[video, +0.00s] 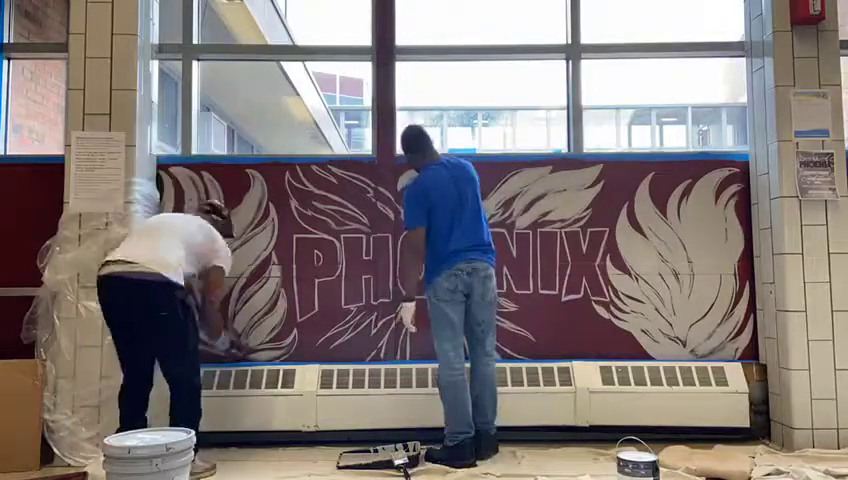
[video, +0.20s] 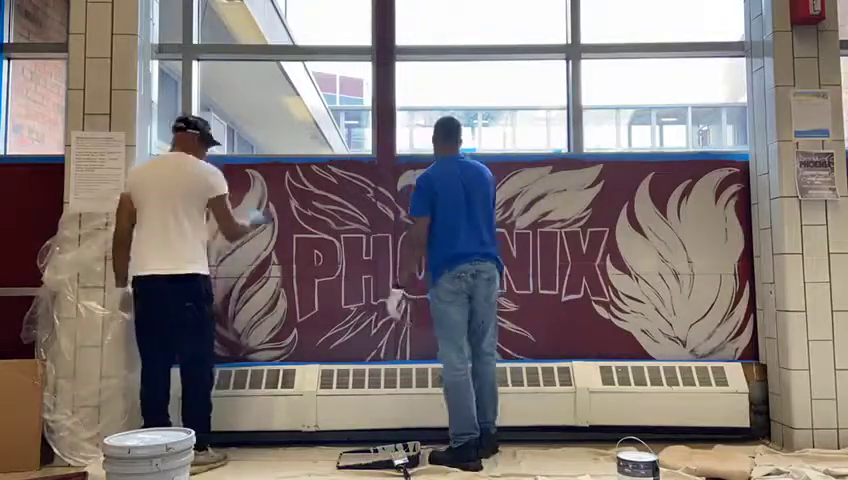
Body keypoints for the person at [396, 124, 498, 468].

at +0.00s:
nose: (409, 161)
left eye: (408, 157)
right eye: (411, 155)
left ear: (409, 156)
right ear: (434, 145)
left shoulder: (416, 187)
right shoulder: (466, 168)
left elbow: (415, 242)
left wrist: (408, 297)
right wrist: (419, 175)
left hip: (446, 271)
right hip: (483, 266)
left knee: (451, 357)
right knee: (484, 352)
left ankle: (460, 443)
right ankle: (486, 437)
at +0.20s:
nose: (436, 146)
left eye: (435, 140)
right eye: (447, 140)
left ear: (434, 141)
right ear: (461, 141)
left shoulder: (429, 178)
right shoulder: (484, 173)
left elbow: (419, 231)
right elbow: (484, 222)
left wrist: (406, 273)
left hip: (448, 268)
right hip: (487, 265)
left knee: (455, 357)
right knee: (485, 353)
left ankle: (464, 446)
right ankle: (486, 436)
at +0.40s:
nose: (424, 146)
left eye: (423, 141)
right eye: (434, 139)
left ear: (423, 142)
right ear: (450, 141)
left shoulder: (417, 181)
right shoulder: (473, 172)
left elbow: (413, 238)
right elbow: (478, 221)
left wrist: (406, 293)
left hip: (443, 270)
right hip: (482, 265)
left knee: (452, 357)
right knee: (484, 353)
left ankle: (464, 445)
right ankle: (486, 436)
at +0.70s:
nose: (422, 144)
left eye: (421, 139)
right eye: (430, 137)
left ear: (422, 139)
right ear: (448, 137)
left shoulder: (420, 173)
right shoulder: (471, 171)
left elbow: (416, 230)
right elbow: (489, 223)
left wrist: (405, 285)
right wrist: (460, 235)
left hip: (439, 270)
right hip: (475, 269)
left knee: (441, 359)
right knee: (473, 355)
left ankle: (448, 450)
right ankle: (473, 441)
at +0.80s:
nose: (431, 146)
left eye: (428, 140)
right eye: (439, 138)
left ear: (427, 140)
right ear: (453, 138)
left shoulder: (422, 174)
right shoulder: (477, 171)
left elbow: (417, 228)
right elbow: (503, 211)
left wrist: (410, 276)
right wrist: (473, 208)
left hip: (441, 271)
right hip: (479, 270)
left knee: (444, 357)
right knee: (475, 354)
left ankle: (449, 448)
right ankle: (474, 439)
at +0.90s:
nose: (433, 145)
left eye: (430, 139)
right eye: (440, 137)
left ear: (428, 140)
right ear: (455, 137)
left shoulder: (426, 175)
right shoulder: (479, 170)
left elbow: (420, 230)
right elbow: (499, 212)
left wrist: (411, 286)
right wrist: (467, 210)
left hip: (445, 271)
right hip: (481, 269)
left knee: (445, 358)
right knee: (477, 355)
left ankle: (450, 450)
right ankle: (473, 440)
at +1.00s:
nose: (430, 145)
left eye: (426, 140)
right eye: (439, 136)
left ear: (425, 141)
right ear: (451, 137)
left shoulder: (422, 177)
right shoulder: (477, 169)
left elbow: (417, 229)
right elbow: (505, 206)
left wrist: (410, 277)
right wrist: (478, 207)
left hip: (443, 270)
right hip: (480, 269)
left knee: (445, 358)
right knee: (476, 355)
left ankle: (449, 449)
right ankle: (474, 440)